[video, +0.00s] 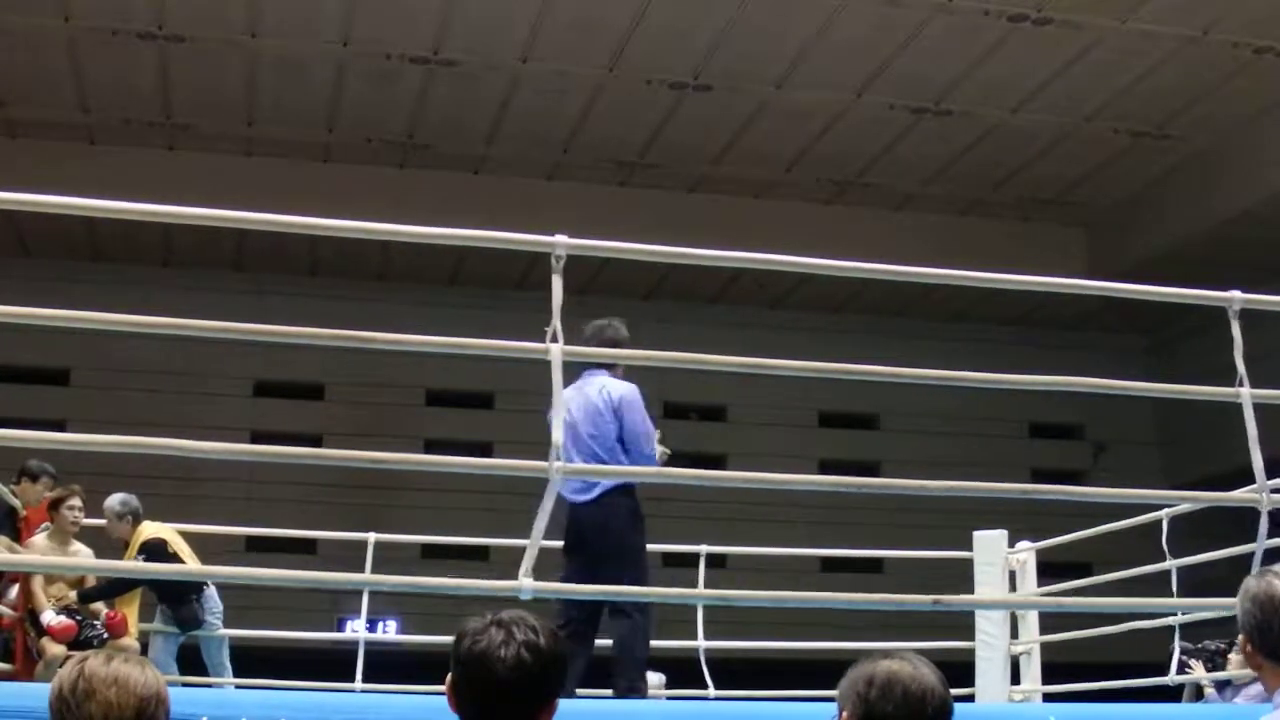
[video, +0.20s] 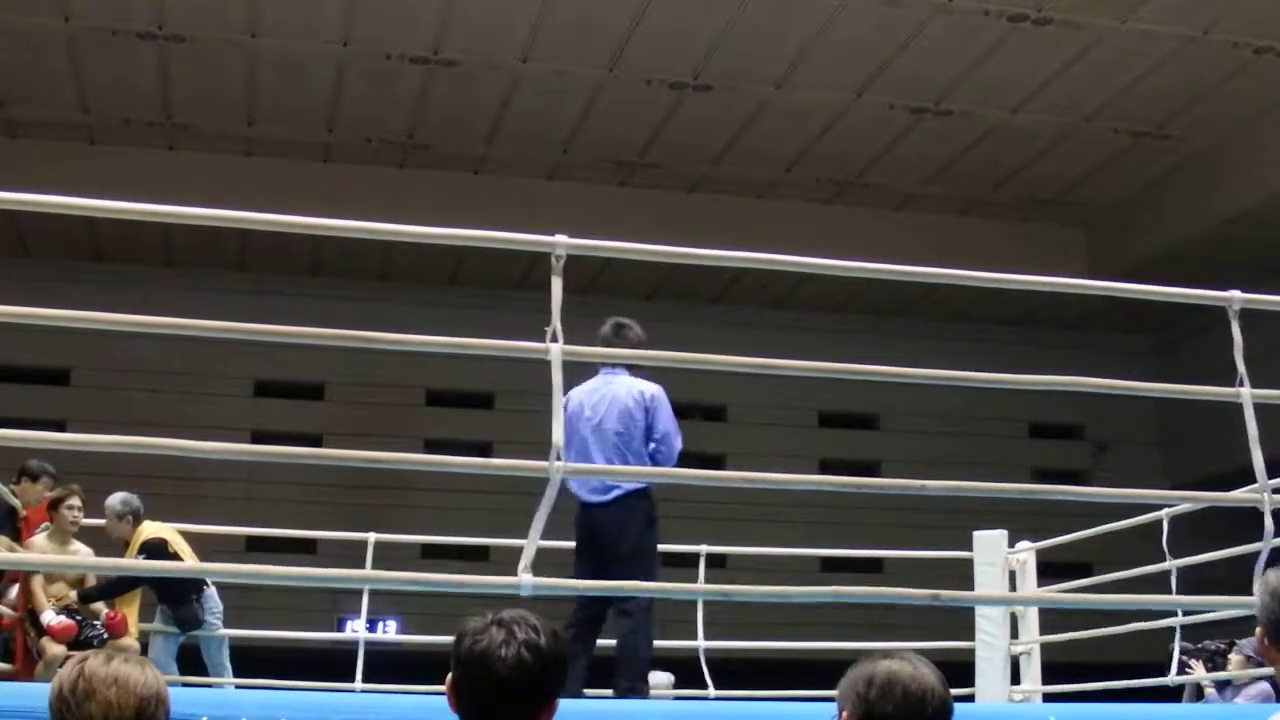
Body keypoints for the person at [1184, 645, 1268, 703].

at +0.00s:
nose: (1229, 657)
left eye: (1236, 652)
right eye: (1231, 652)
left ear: (1249, 658)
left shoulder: (1259, 690)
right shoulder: (1228, 689)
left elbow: (1227, 714)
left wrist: (1206, 683)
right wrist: (1190, 683)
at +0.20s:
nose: (1229, 657)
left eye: (1236, 653)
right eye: (1231, 652)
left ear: (1251, 661)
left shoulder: (1262, 689)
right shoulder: (1227, 690)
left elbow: (1226, 714)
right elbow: (1190, 712)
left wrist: (1205, 683)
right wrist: (1191, 684)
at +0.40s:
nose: (1229, 656)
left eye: (1237, 653)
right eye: (1232, 652)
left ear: (1253, 662)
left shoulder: (1262, 689)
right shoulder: (1227, 690)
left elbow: (1227, 715)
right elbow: (1189, 712)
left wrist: (1206, 682)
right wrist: (1191, 679)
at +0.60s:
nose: (1229, 656)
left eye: (1237, 653)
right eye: (1232, 652)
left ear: (1253, 662)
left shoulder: (1263, 689)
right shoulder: (1227, 689)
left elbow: (1228, 714)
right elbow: (1189, 712)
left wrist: (1206, 683)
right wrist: (1192, 680)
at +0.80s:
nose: (1230, 656)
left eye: (1237, 653)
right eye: (1232, 652)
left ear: (1253, 661)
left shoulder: (1263, 688)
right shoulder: (1227, 690)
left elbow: (1229, 714)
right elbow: (1190, 713)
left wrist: (1206, 682)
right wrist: (1192, 679)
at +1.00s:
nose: (1230, 656)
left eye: (1238, 653)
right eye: (1233, 652)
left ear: (1254, 662)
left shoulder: (1264, 689)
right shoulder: (1228, 691)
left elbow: (1229, 714)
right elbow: (1190, 712)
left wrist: (1207, 682)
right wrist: (1194, 679)